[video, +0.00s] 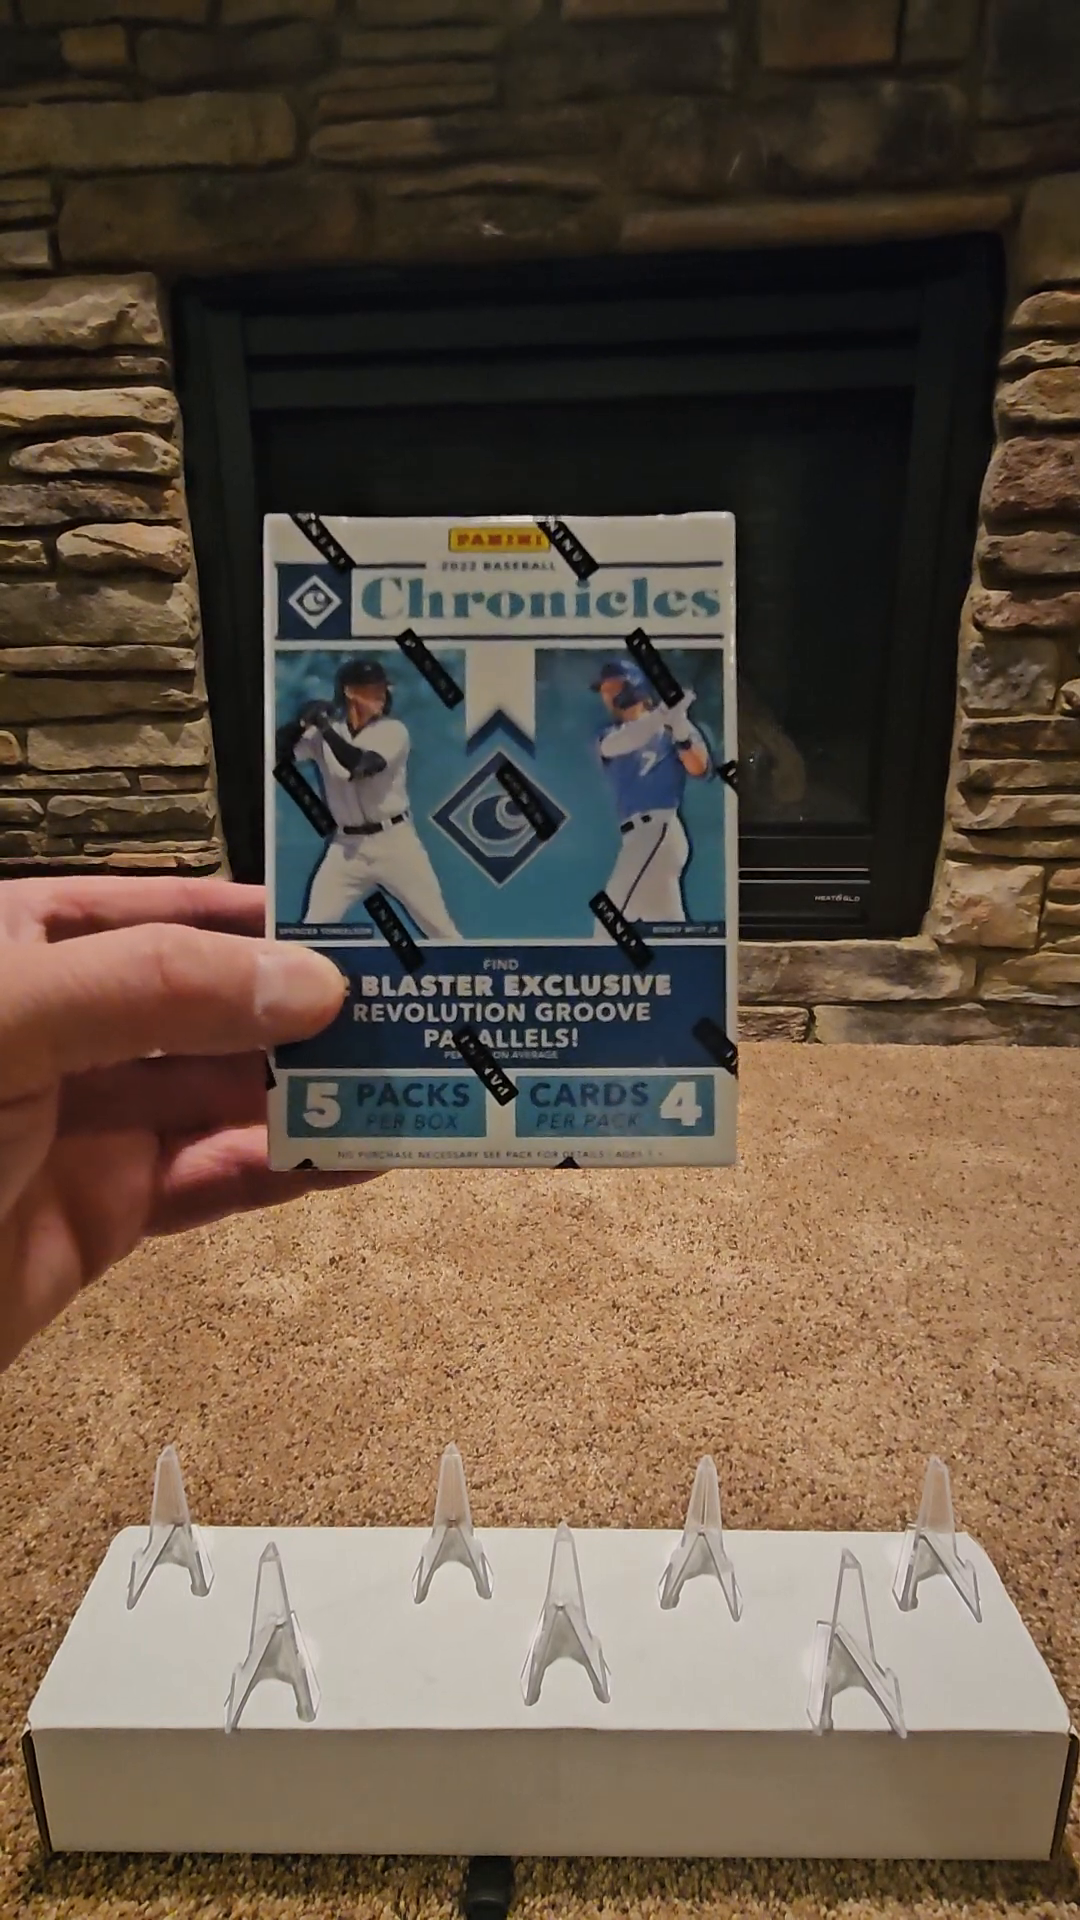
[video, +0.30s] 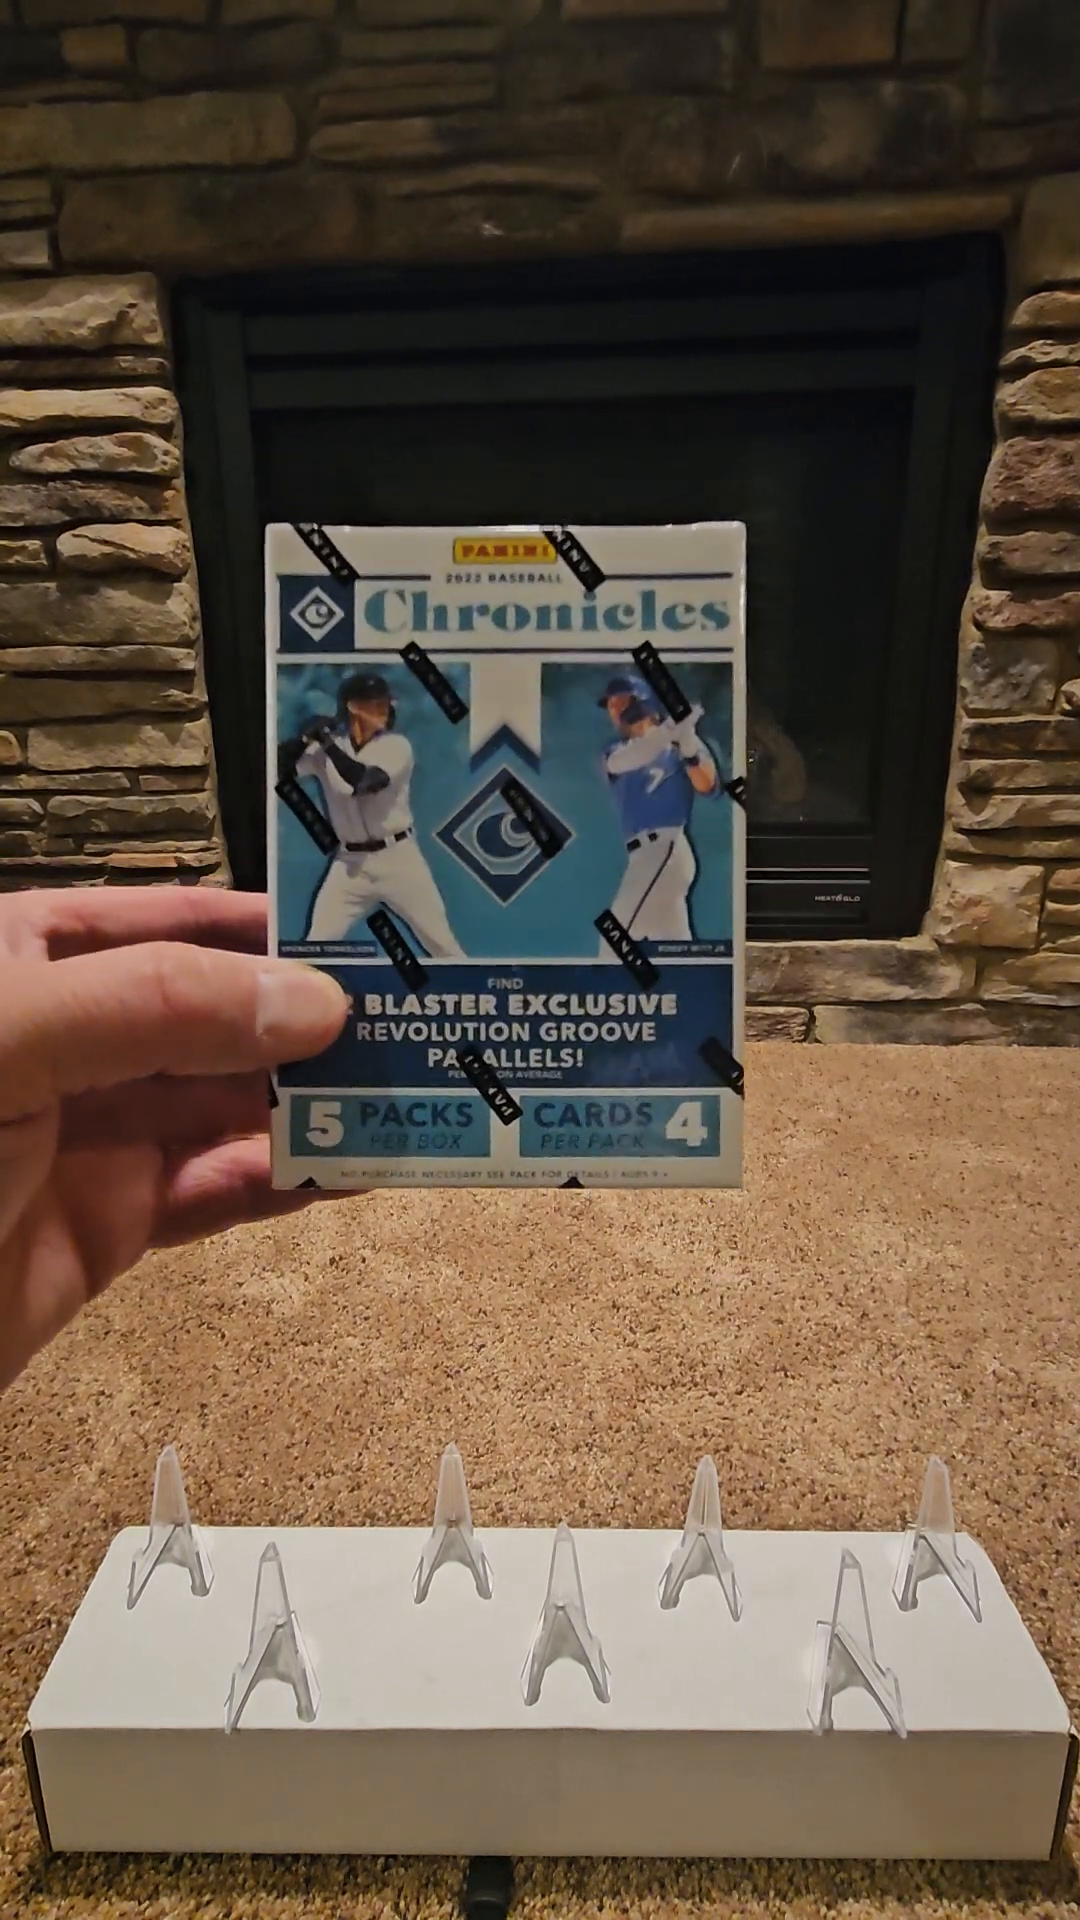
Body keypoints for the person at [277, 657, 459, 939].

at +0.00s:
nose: (381, 693)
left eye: (382, 687)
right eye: (372, 687)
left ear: (387, 691)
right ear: (350, 692)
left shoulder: (393, 731)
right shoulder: (323, 735)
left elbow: (359, 766)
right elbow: (279, 753)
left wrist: (324, 726)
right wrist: (300, 724)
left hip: (395, 843)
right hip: (346, 847)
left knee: (439, 928)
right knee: (314, 932)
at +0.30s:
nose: (384, 707)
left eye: (385, 700)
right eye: (375, 701)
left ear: (390, 705)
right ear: (353, 707)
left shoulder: (396, 746)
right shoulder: (324, 752)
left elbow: (363, 782)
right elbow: (280, 771)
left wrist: (326, 743)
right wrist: (302, 741)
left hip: (399, 860)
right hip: (349, 864)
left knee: (442, 945)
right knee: (317, 949)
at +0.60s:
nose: (368, 678)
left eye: (370, 672)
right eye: (359, 672)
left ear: (374, 675)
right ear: (336, 677)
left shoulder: (381, 718)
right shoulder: (306, 724)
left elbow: (345, 755)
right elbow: (258, 742)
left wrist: (309, 714)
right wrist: (286, 711)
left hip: (384, 834)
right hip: (334, 839)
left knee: (430, 921)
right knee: (302, 926)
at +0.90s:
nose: (373, 659)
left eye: (374, 652)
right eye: (363, 652)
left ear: (378, 656)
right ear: (340, 658)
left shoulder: (385, 698)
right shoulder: (310, 704)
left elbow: (350, 736)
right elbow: (265, 725)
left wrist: (312, 694)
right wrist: (285, 693)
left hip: (388, 816)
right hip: (337, 820)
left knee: (433, 903)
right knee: (305, 907)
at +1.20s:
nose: (374, 659)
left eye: (375, 653)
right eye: (365, 654)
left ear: (379, 657)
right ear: (341, 659)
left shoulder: (386, 700)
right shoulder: (310, 706)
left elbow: (351, 738)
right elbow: (263, 724)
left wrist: (314, 698)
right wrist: (287, 693)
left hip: (389, 820)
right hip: (337, 825)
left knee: (434, 908)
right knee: (305, 914)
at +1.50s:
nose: (336, 601)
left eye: (337, 594)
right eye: (326, 594)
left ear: (340, 599)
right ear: (300, 601)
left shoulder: (349, 645)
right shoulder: (266, 650)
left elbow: (311, 686)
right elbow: (216, 669)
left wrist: (270, 641)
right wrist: (243, 635)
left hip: (352, 774)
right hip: (296, 779)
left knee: (400, 871)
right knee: (261, 875)